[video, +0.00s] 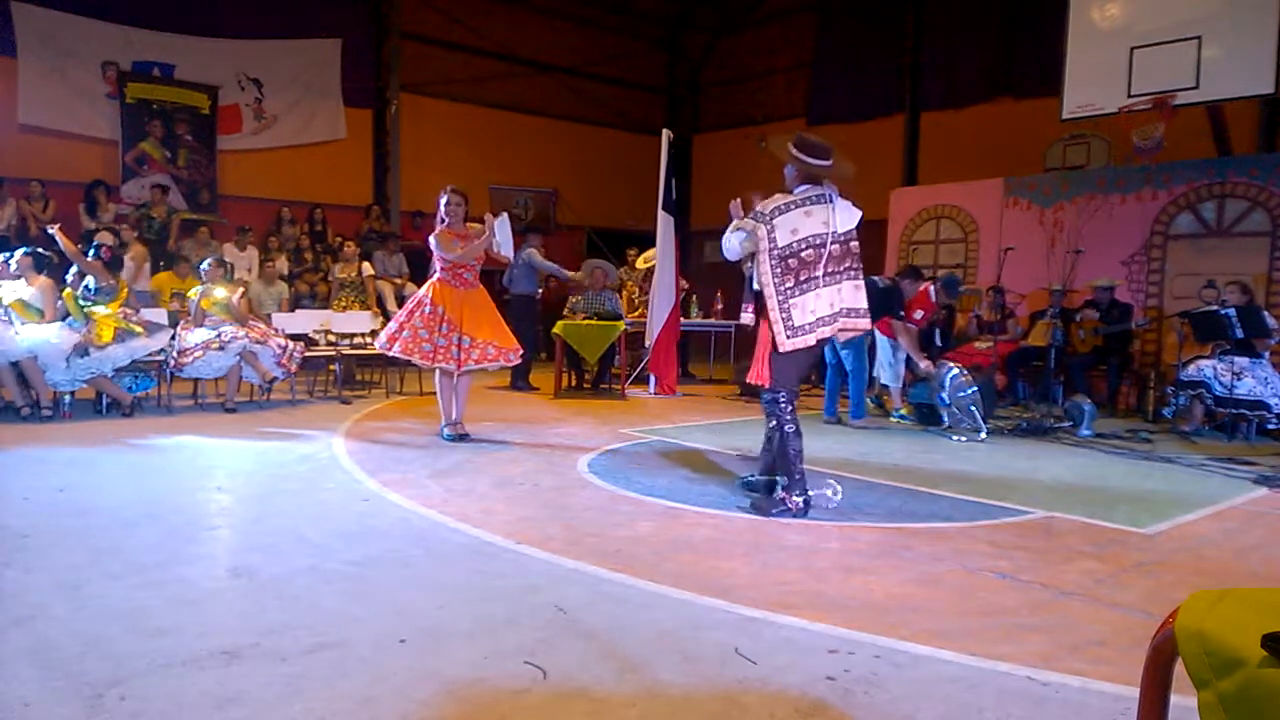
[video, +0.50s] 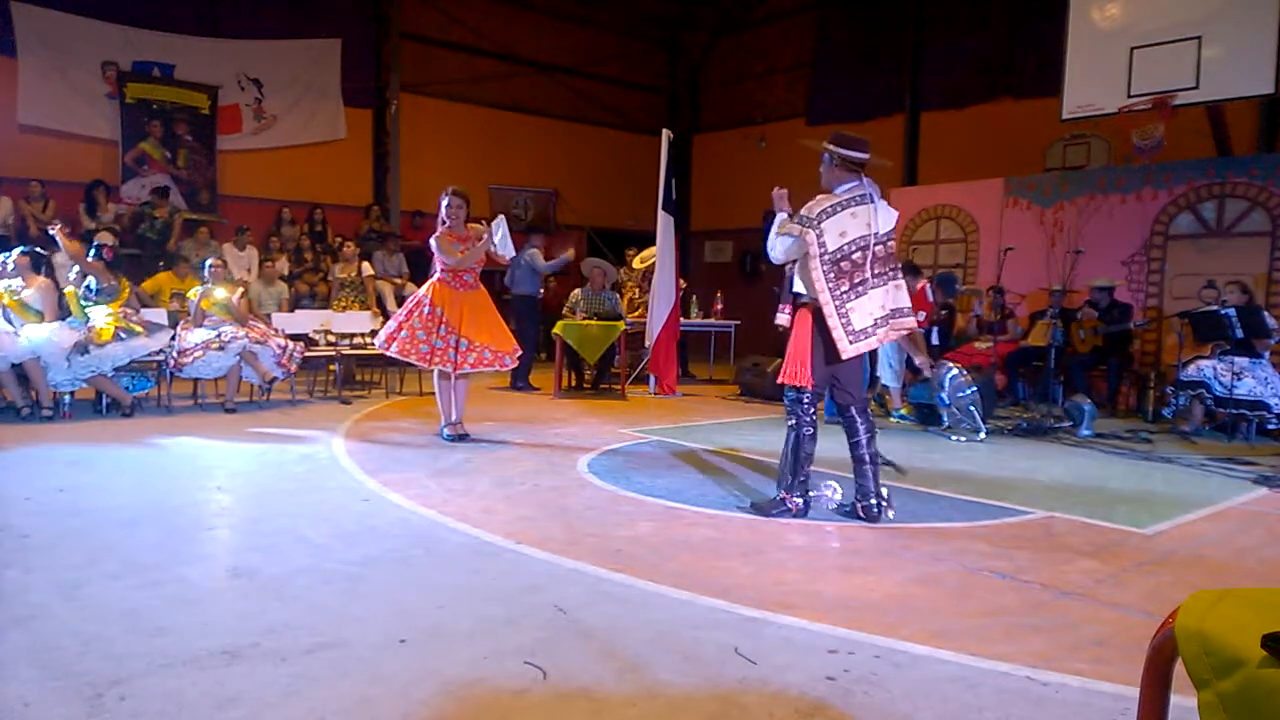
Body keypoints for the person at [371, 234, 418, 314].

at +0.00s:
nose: (396, 244)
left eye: (397, 242)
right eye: (393, 242)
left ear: (398, 243)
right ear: (386, 243)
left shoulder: (400, 255)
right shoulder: (378, 255)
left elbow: (405, 272)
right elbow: (379, 274)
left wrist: (402, 283)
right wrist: (393, 282)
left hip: (398, 278)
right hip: (384, 278)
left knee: (412, 289)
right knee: (387, 289)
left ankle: (413, 313)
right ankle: (394, 314)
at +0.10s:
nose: (395, 244)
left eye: (396, 242)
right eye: (392, 241)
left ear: (398, 243)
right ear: (386, 243)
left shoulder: (400, 255)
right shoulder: (378, 255)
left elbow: (405, 272)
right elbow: (379, 274)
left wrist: (403, 282)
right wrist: (393, 282)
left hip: (397, 278)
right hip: (383, 278)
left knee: (412, 289)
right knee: (387, 289)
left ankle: (414, 313)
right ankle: (394, 314)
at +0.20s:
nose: (395, 244)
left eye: (396, 242)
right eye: (392, 242)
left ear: (398, 243)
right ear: (386, 243)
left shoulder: (400, 255)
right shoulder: (378, 255)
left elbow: (405, 272)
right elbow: (379, 274)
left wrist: (403, 282)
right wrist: (393, 282)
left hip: (397, 278)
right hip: (383, 278)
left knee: (412, 289)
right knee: (387, 289)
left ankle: (414, 313)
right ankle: (394, 314)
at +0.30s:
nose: (395, 244)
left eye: (396, 242)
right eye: (392, 242)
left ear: (398, 243)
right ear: (386, 243)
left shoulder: (400, 255)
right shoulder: (378, 255)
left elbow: (405, 272)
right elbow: (379, 274)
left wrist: (403, 282)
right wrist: (393, 282)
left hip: (397, 278)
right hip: (384, 278)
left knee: (412, 289)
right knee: (387, 289)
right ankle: (393, 313)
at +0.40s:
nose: (395, 244)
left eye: (396, 241)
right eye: (392, 241)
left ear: (398, 243)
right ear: (386, 243)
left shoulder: (400, 255)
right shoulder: (378, 255)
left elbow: (405, 272)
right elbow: (379, 274)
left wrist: (403, 282)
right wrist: (393, 281)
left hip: (397, 278)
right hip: (384, 278)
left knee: (412, 289)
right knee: (386, 289)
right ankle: (393, 313)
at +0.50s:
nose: (395, 244)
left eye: (396, 241)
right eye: (392, 241)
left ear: (398, 243)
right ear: (386, 243)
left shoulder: (400, 255)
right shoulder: (378, 255)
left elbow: (405, 272)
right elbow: (379, 274)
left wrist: (403, 282)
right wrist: (393, 281)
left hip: (397, 278)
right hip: (384, 278)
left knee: (412, 289)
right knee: (386, 289)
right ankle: (393, 313)